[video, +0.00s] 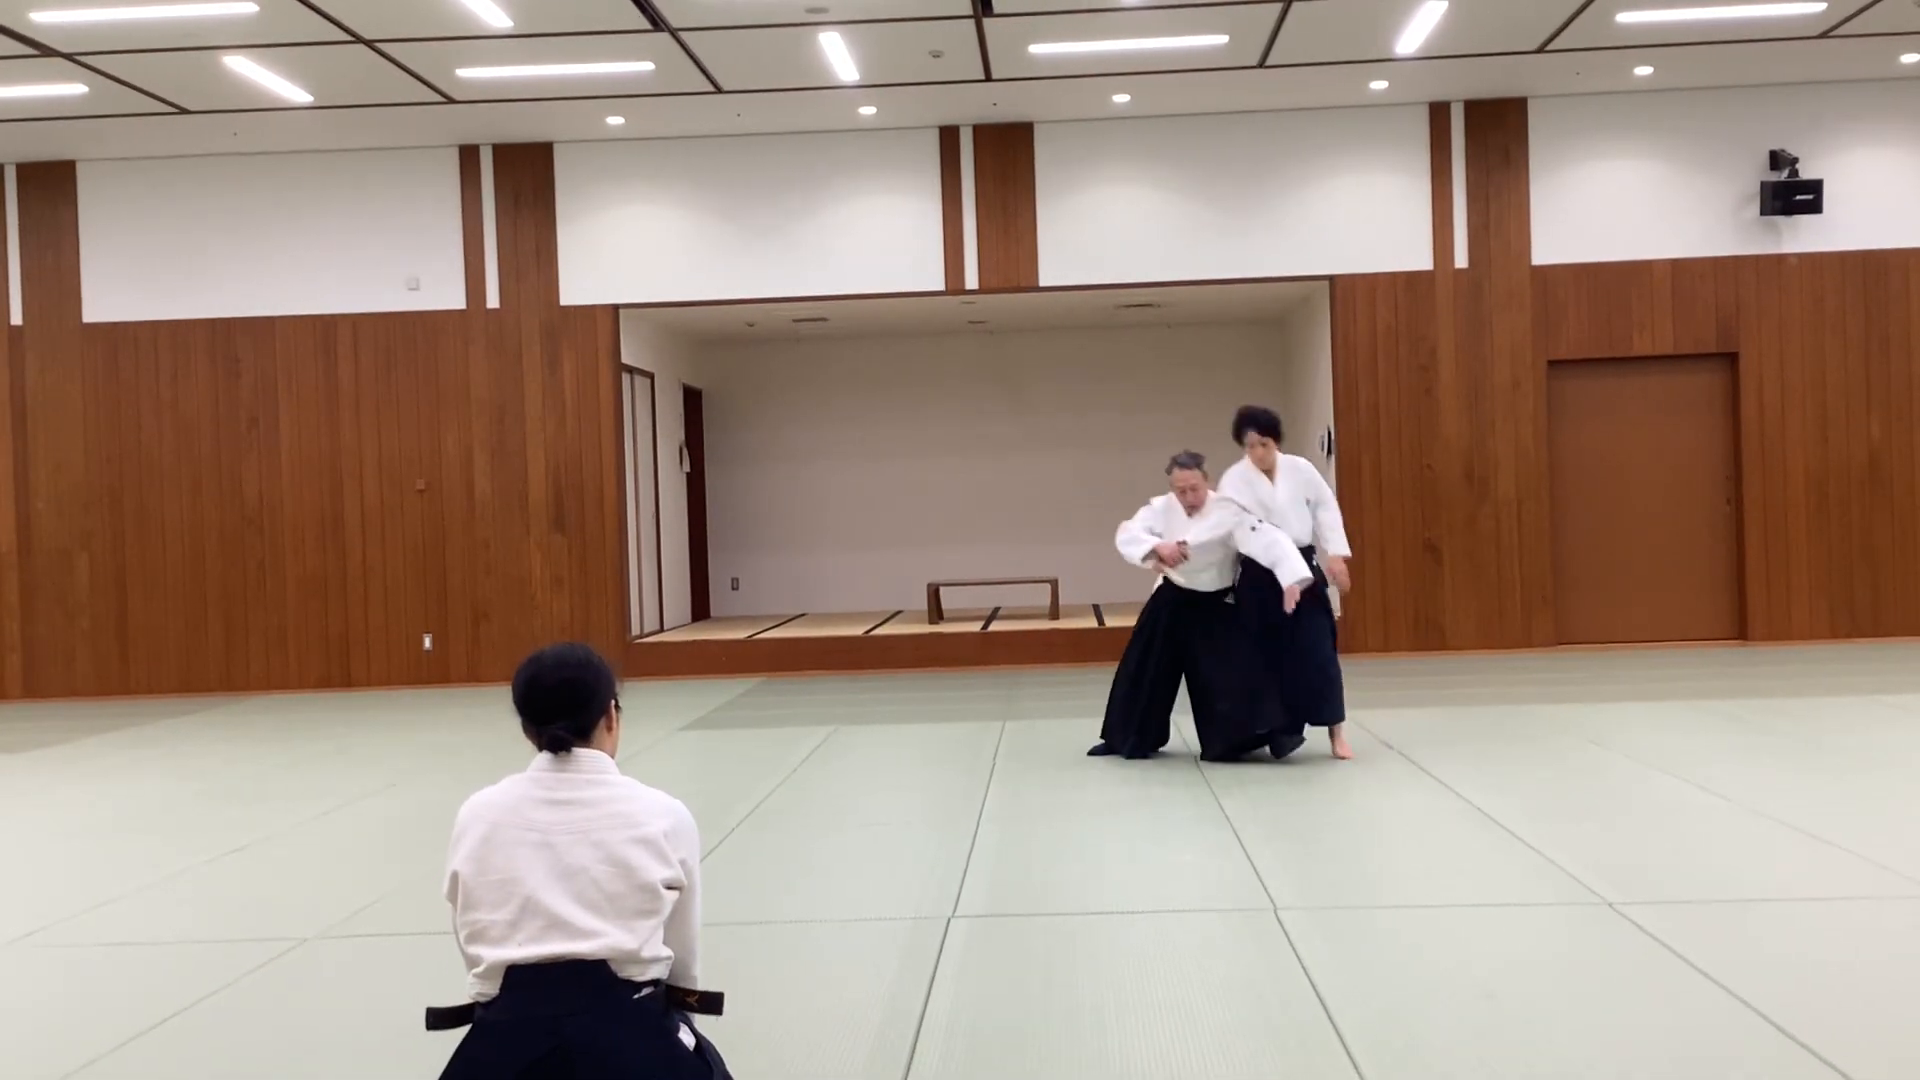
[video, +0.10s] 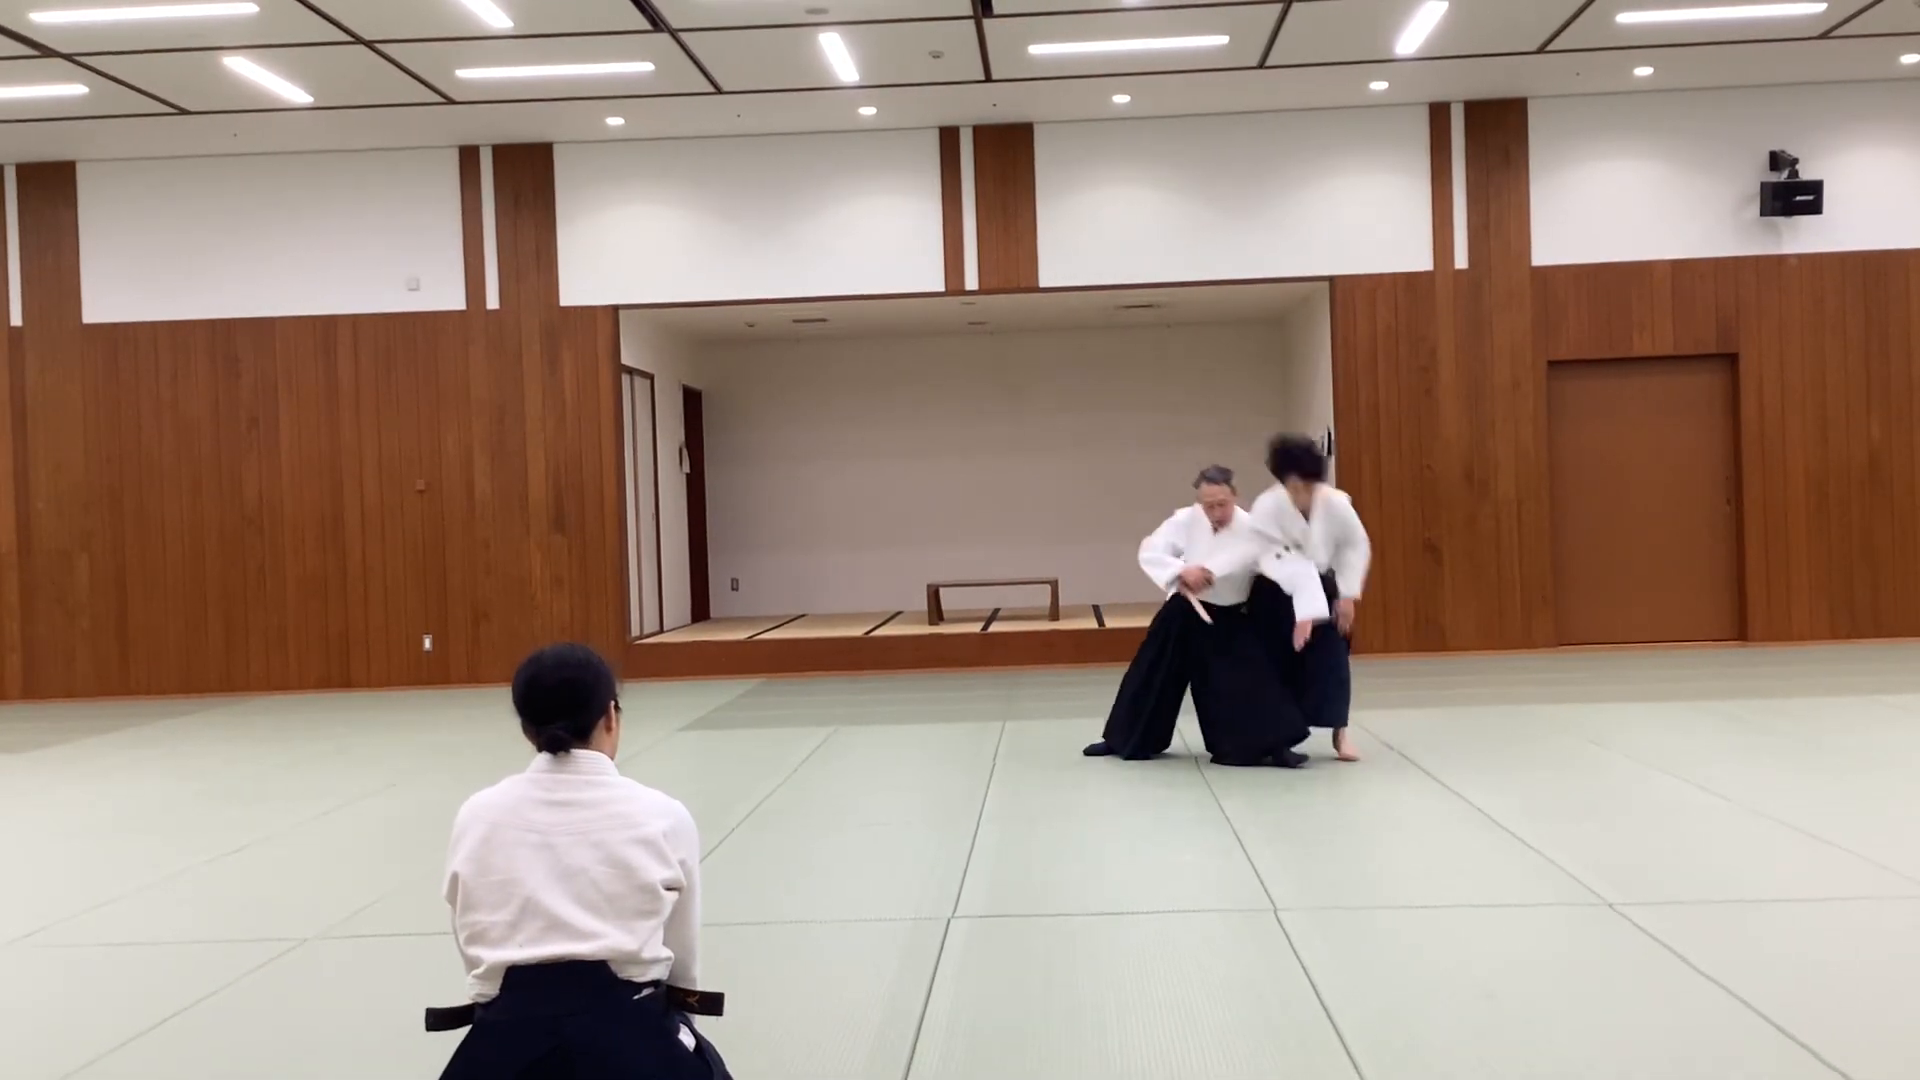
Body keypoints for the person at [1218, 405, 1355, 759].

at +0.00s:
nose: (1257, 452)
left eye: (1263, 444)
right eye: (1250, 445)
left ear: (1276, 441)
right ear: (1242, 446)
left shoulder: (1301, 469)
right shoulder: (1234, 481)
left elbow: (1326, 508)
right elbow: (1241, 532)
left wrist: (1334, 553)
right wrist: (1285, 555)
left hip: (1304, 567)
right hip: (1259, 572)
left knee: (1320, 649)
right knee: (1266, 651)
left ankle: (1337, 733)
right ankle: (1278, 730)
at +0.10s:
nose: (1302, 490)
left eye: (1308, 482)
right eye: (1295, 483)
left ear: (1316, 477)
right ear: (1283, 479)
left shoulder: (1337, 504)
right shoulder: (1267, 506)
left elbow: (1357, 545)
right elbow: (1268, 557)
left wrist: (1349, 593)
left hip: (1321, 584)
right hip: (1275, 587)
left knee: (1333, 653)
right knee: (1275, 657)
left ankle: (1340, 732)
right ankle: (1273, 735)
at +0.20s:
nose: (1349, 558)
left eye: (1356, 551)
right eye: (1343, 551)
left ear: (1367, 547)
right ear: (1334, 543)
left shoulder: (1380, 550)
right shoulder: (1313, 541)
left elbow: (1403, 602)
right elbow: (1287, 579)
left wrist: (1375, 642)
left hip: (1352, 607)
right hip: (1313, 603)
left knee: (1351, 667)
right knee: (1306, 665)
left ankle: (1348, 739)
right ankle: (1296, 736)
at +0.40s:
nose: (1408, 685)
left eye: (1415, 686)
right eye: (1409, 681)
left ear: (1444, 680)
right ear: (1411, 660)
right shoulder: (1389, 634)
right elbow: (1347, 608)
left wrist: (1437, 755)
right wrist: (1315, 604)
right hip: (1364, 601)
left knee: (1385, 697)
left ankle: (1354, 747)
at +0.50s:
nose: (1445, 731)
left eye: (1451, 733)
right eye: (1444, 724)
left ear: (1478, 729)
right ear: (1450, 703)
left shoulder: (1504, 723)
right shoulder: (1441, 665)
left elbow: (1497, 761)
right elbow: (1397, 637)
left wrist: (1448, 761)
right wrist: (1360, 633)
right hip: (1437, 608)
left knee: (1411, 708)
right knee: (1387, 577)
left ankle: (1359, 746)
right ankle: (1378, 530)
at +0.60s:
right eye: (1474, 747)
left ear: (1511, 764)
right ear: (1483, 737)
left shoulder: (1545, 758)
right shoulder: (1500, 697)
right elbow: (1477, 663)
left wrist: (1455, 737)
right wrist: (1427, 661)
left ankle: (1381, 713)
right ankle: (1506, 488)